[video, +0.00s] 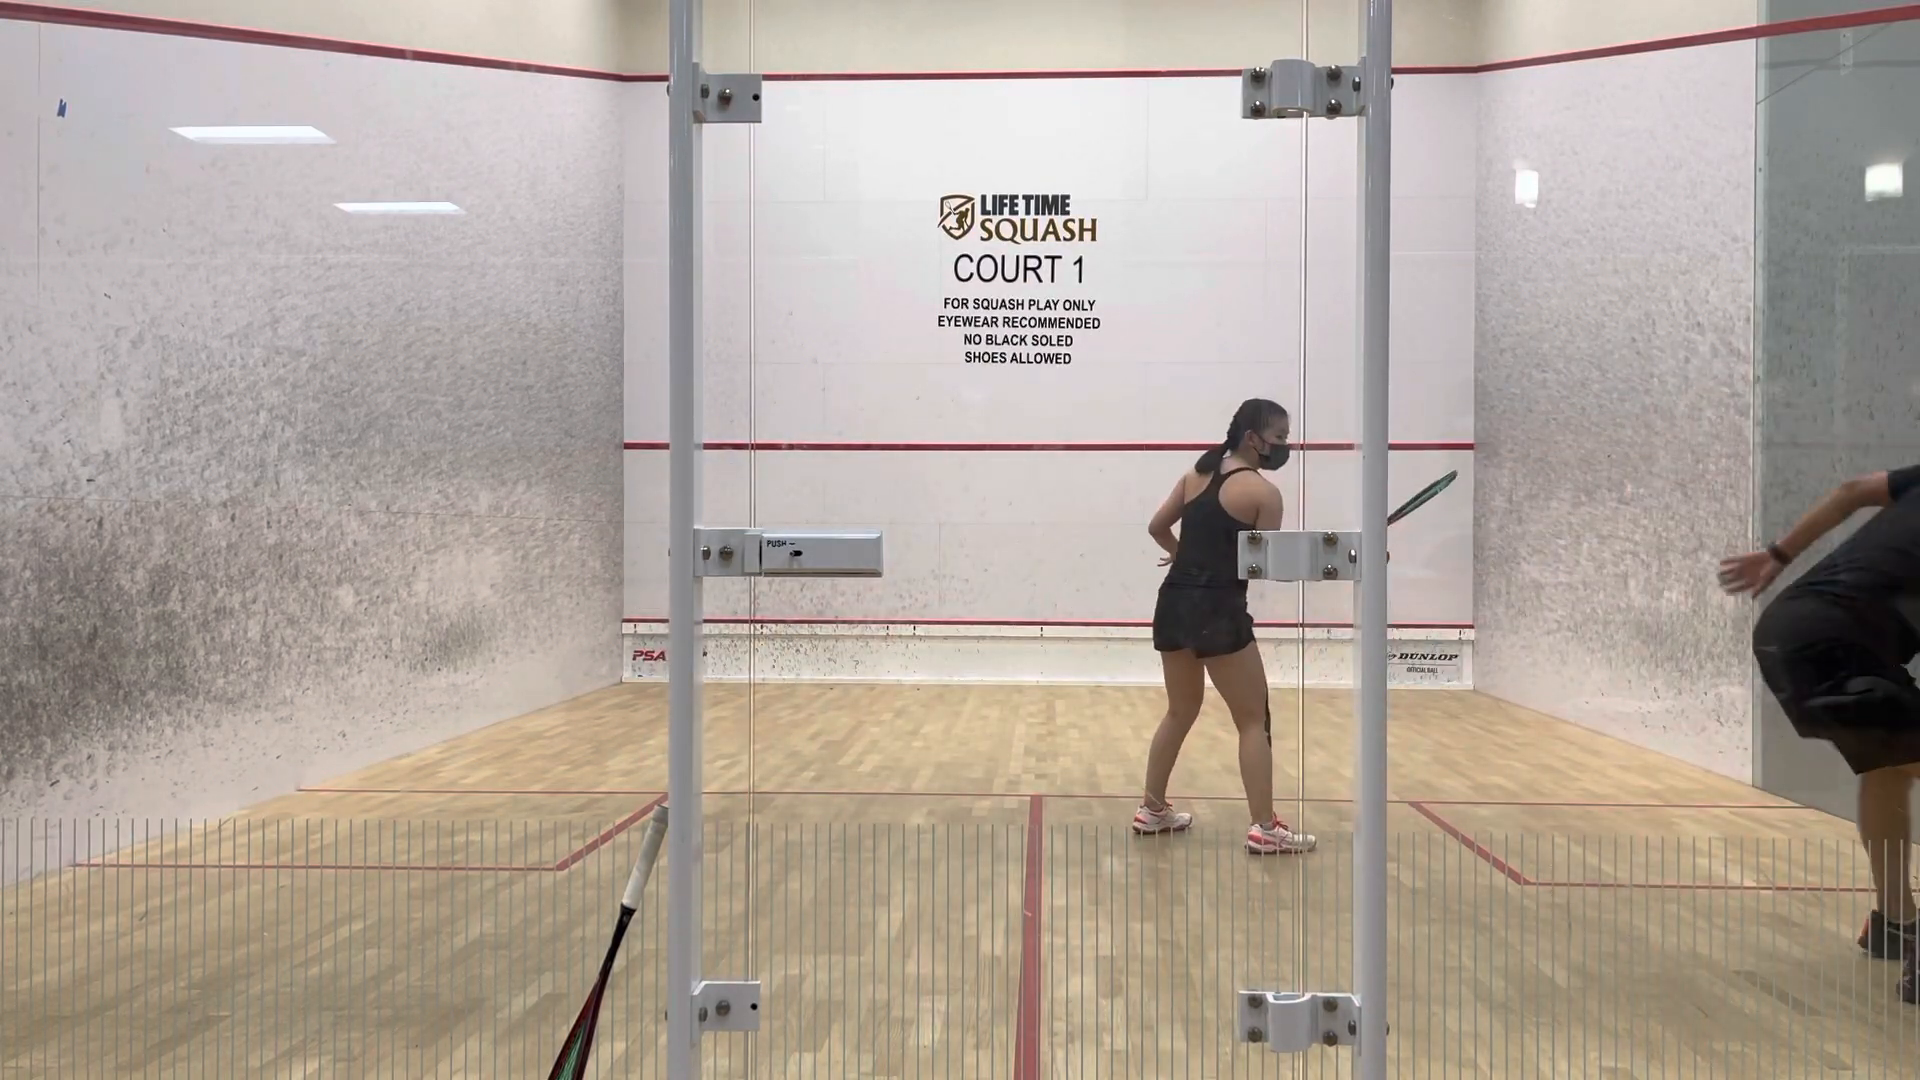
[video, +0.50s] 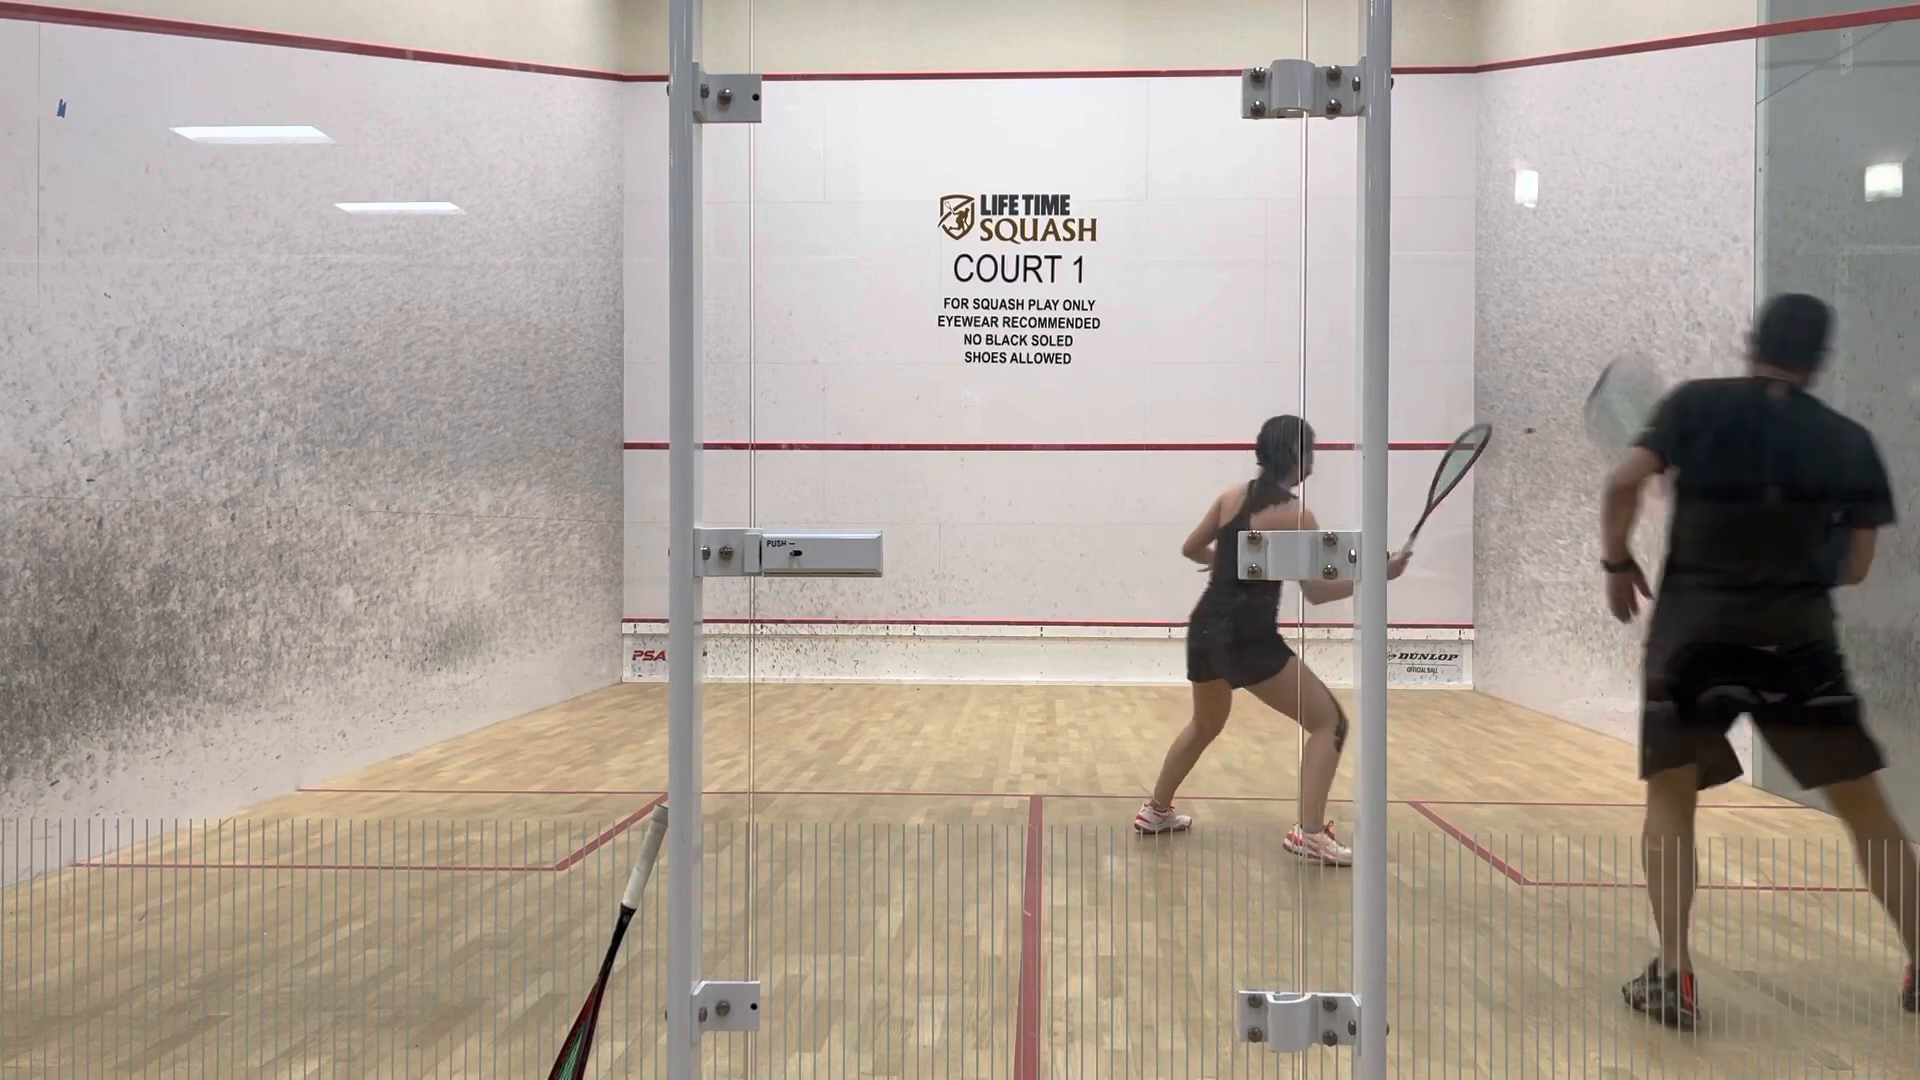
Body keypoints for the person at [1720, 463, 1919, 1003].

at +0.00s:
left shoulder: (1916, 484)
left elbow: (1854, 489)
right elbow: (1855, 490)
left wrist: (1778, 553)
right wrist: (1780, 554)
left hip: (1792, 628)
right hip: (1826, 637)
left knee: (1888, 759)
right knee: (1897, 755)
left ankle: (1893, 915)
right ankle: (1897, 917)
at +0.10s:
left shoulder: (1915, 459)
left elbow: (1826, 482)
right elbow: (1828, 483)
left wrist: (1770, 560)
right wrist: (1772, 561)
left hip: (1770, 629)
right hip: (1839, 643)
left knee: (1834, 751)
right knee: (1910, 755)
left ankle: (1873, 899)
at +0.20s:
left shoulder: (1911, 433)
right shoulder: (1908, 434)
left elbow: (1802, 473)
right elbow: (1804, 474)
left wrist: (1758, 558)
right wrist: (1761, 559)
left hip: (1764, 625)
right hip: (1842, 644)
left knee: (1819, 744)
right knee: (1913, 757)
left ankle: (1788, 903)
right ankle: (1914, 968)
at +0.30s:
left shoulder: (1868, 418)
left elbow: (1756, 466)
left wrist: (1723, 555)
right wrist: (1772, 498)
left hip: (1762, 627)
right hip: (1858, 643)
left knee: (1774, 756)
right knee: (1919, 772)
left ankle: (1710, 909)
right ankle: (1919, 975)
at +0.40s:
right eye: (1910, 380)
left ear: (1851, 368)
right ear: (1912, 384)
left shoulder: (1783, 414)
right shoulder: (1909, 451)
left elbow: (1696, 479)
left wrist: (1669, 561)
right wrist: (1753, 492)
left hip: (1740, 635)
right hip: (1849, 644)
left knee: (1708, 777)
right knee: (1915, 790)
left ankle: (1663, 928)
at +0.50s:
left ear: (1754, 344)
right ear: (1819, 359)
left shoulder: (1696, 403)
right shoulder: (1848, 440)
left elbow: (1622, 484)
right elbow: (1856, 564)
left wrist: (1617, 561)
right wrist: (1786, 564)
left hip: (1692, 639)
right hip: (1798, 648)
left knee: (1669, 802)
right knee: (1867, 811)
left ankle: (1672, 973)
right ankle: (1917, 964)